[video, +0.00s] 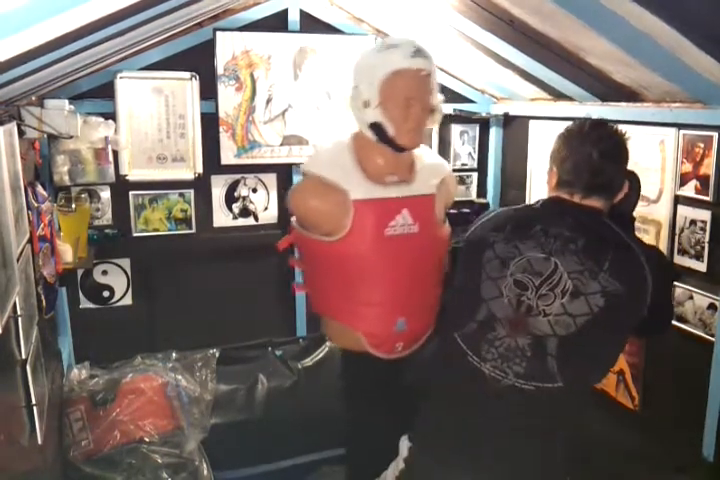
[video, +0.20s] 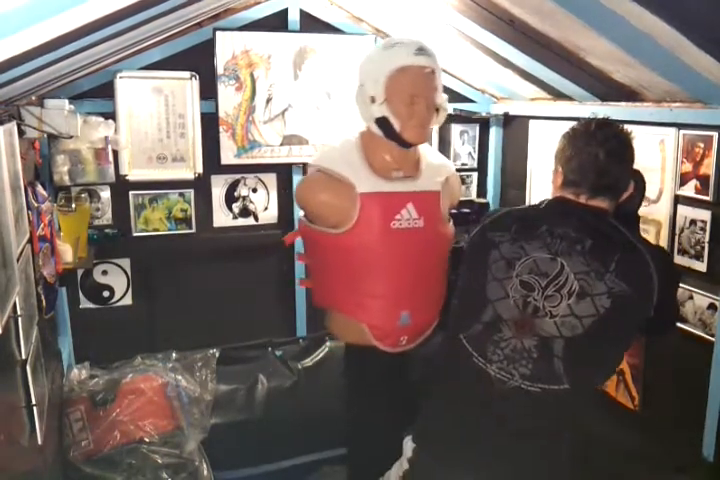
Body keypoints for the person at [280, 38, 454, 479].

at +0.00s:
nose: (424, 111)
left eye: (428, 100)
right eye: (409, 100)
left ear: (434, 105)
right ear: (369, 104)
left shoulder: (439, 179)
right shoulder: (323, 186)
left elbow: (438, 252)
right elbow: (321, 281)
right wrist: (367, 325)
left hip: (427, 349)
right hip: (361, 360)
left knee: (432, 450)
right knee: (371, 463)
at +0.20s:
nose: (429, 108)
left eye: (433, 97)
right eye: (414, 97)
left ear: (439, 102)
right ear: (374, 100)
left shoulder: (443, 177)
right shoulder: (329, 179)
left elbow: (447, 253)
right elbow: (326, 274)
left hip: (431, 349)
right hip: (366, 356)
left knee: (438, 452)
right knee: (374, 462)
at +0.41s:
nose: (417, 114)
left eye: (423, 102)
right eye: (403, 103)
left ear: (431, 105)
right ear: (363, 104)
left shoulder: (438, 177)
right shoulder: (323, 185)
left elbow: (438, 252)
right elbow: (318, 277)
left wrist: (429, 307)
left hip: (425, 344)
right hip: (361, 355)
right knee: (374, 462)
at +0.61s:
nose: (426, 110)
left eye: (431, 99)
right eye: (412, 98)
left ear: (438, 104)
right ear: (373, 100)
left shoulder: (442, 177)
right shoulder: (329, 181)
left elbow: (439, 256)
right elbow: (325, 275)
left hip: (426, 348)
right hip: (363, 358)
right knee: (376, 467)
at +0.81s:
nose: (418, 111)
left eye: (423, 100)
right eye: (404, 100)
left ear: (431, 104)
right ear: (364, 102)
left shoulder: (440, 178)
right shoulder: (325, 183)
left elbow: (438, 256)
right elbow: (320, 281)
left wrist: (424, 308)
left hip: (426, 346)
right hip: (362, 357)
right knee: (375, 465)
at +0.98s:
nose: (425, 111)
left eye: (429, 99)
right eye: (409, 98)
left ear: (437, 103)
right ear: (369, 102)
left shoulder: (441, 177)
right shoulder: (326, 183)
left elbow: (441, 258)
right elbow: (322, 281)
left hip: (430, 349)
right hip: (366, 360)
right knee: (375, 466)